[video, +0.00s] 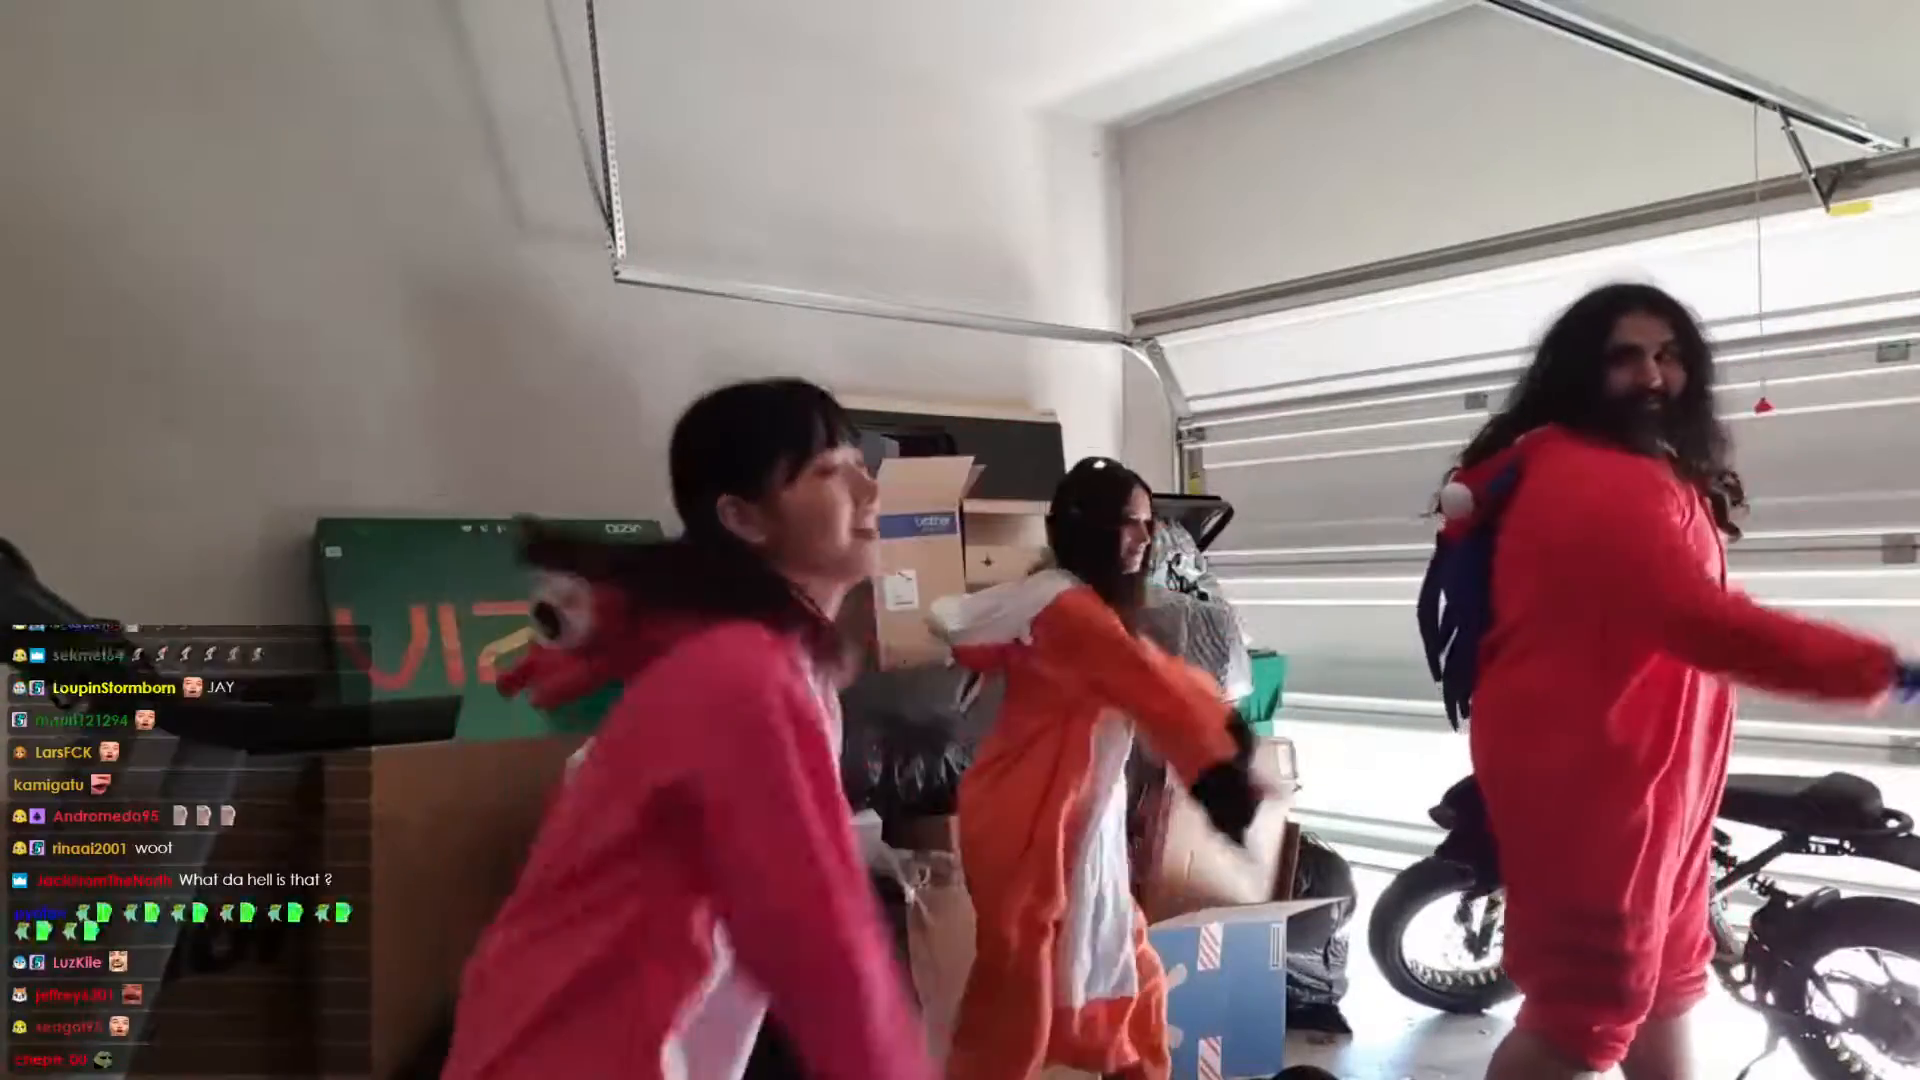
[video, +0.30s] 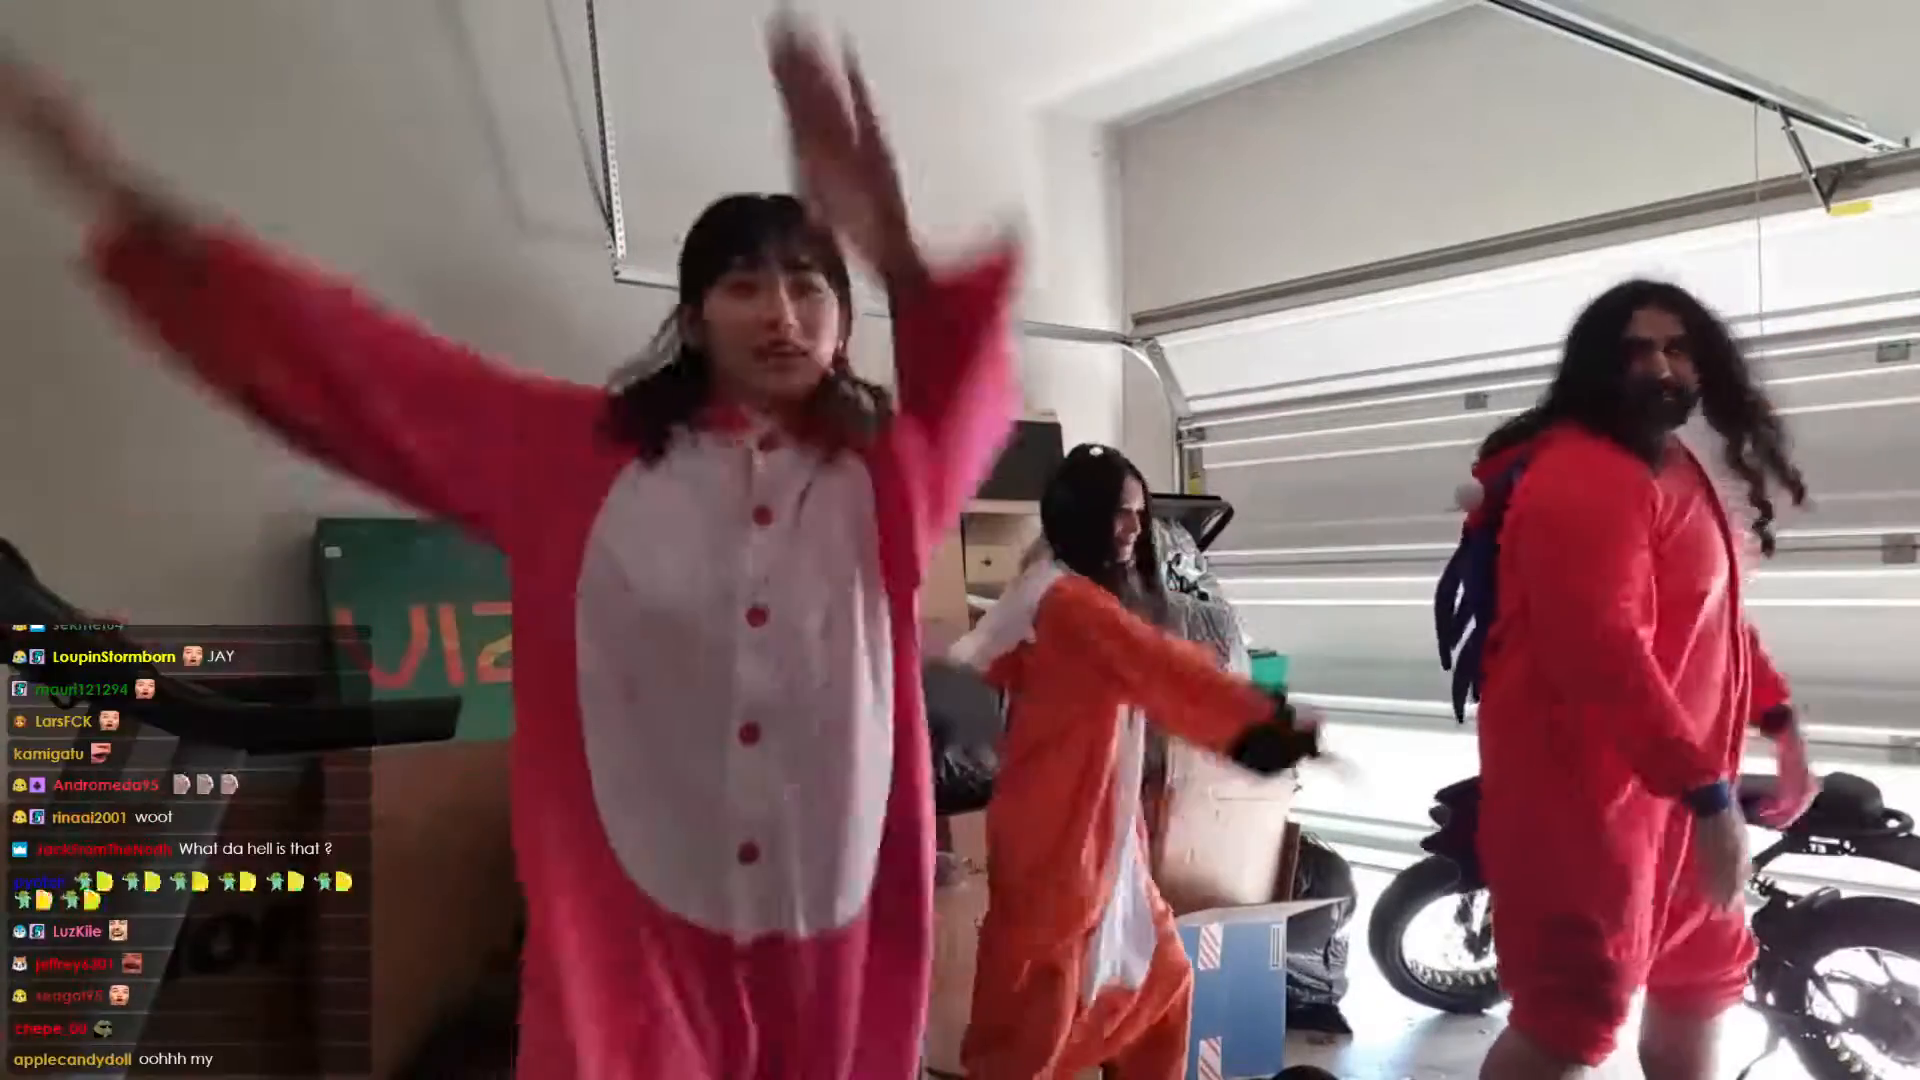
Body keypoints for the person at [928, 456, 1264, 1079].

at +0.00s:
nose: (1143, 540)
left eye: (1148, 526)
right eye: (1130, 523)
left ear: (1148, 530)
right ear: (1087, 525)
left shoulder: (1091, 604)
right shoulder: (1061, 605)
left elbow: (1159, 675)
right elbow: (1147, 684)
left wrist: (1220, 729)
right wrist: (1218, 762)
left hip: (1081, 823)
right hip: (1025, 822)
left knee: (1136, 979)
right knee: (1018, 986)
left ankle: (1138, 1073)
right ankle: (985, 1075)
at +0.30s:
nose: (1134, 529)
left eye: (1140, 515)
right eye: (1121, 513)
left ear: (1143, 518)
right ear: (1080, 516)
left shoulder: (1091, 597)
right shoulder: (1065, 599)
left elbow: (1173, 667)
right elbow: (1156, 666)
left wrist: (1255, 716)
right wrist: (1263, 727)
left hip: (1108, 833)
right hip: (1053, 835)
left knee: (1162, 977)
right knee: (1033, 1004)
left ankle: (1148, 1074)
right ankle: (1004, 1070)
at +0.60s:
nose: (1134, 514)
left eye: (1138, 498)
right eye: (1115, 501)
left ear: (1138, 509)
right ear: (1080, 511)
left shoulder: (1159, 594)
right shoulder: (1054, 601)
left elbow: (1208, 512)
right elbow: (1116, 528)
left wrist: (1207, 408)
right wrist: (1149, 419)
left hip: (1174, 841)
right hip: (1091, 850)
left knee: (1204, 995)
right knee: (1060, 1021)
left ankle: (1170, 1076)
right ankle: (1016, 1070)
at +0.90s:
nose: (1075, 546)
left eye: (1089, 530)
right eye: (1061, 534)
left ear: (1114, 540)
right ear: (1045, 547)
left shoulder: (1153, 624)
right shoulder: (1025, 636)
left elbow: (1198, 716)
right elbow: (1052, 736)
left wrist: (1231, 815)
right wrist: (1100, 825)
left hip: (1147, 827)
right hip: (1056, 837)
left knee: (1187, 990)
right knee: (1065, 985)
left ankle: (1179, 1068)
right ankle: (1080, 1069)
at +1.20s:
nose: (1039, 481)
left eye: (1054, 467)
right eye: (1030, 469)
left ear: (1091, 474)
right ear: (1019, 478)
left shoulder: (1126, 553)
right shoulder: (999, 554)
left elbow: (1087, 607)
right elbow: (900, 574)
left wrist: (1013, 554)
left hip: (1097, 769)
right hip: (1004, 769)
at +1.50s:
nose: (993, 550)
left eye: (1008, 534)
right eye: (992, 536)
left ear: (1051, 541)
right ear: (989, 548)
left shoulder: (1090, 635)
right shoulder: (992, 630)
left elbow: (1092, 523)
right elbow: (946, 524)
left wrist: (1064, 394)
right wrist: (941, 417)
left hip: (1085, 881)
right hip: (995, 886)